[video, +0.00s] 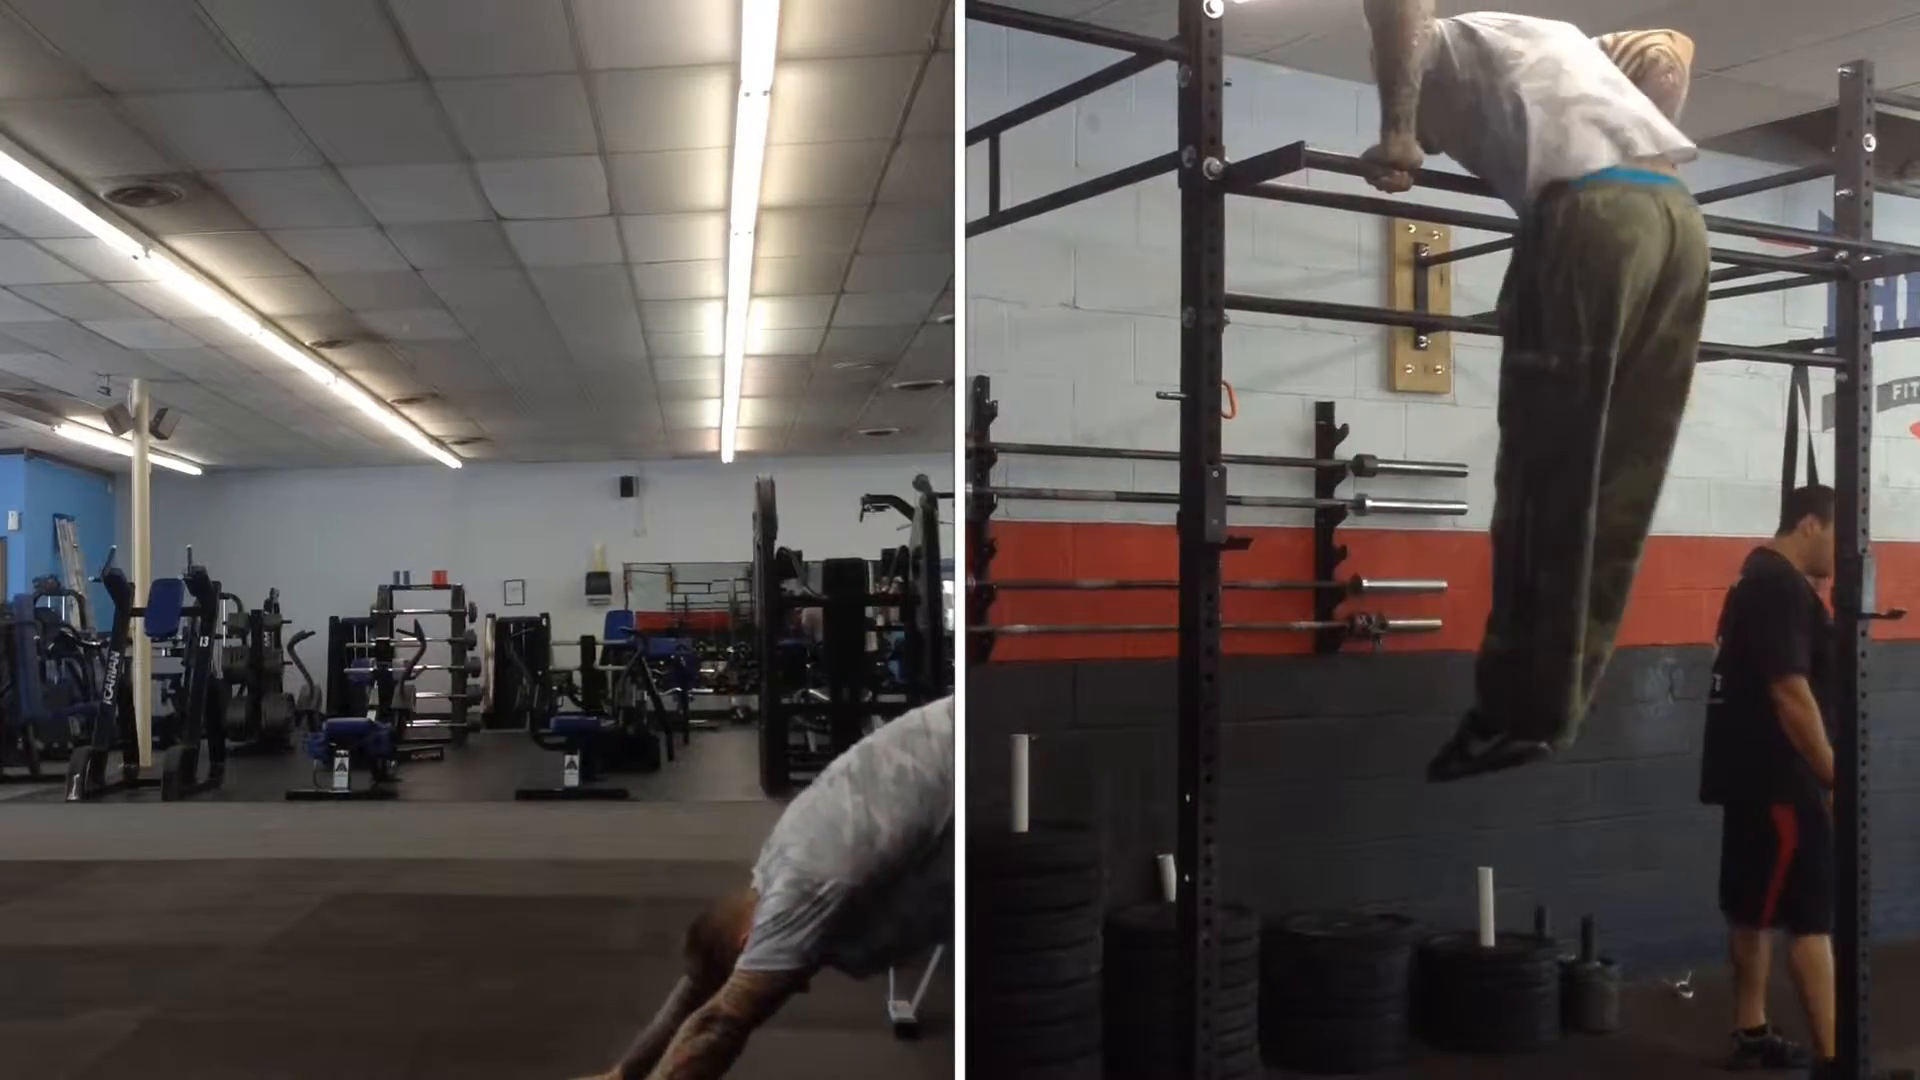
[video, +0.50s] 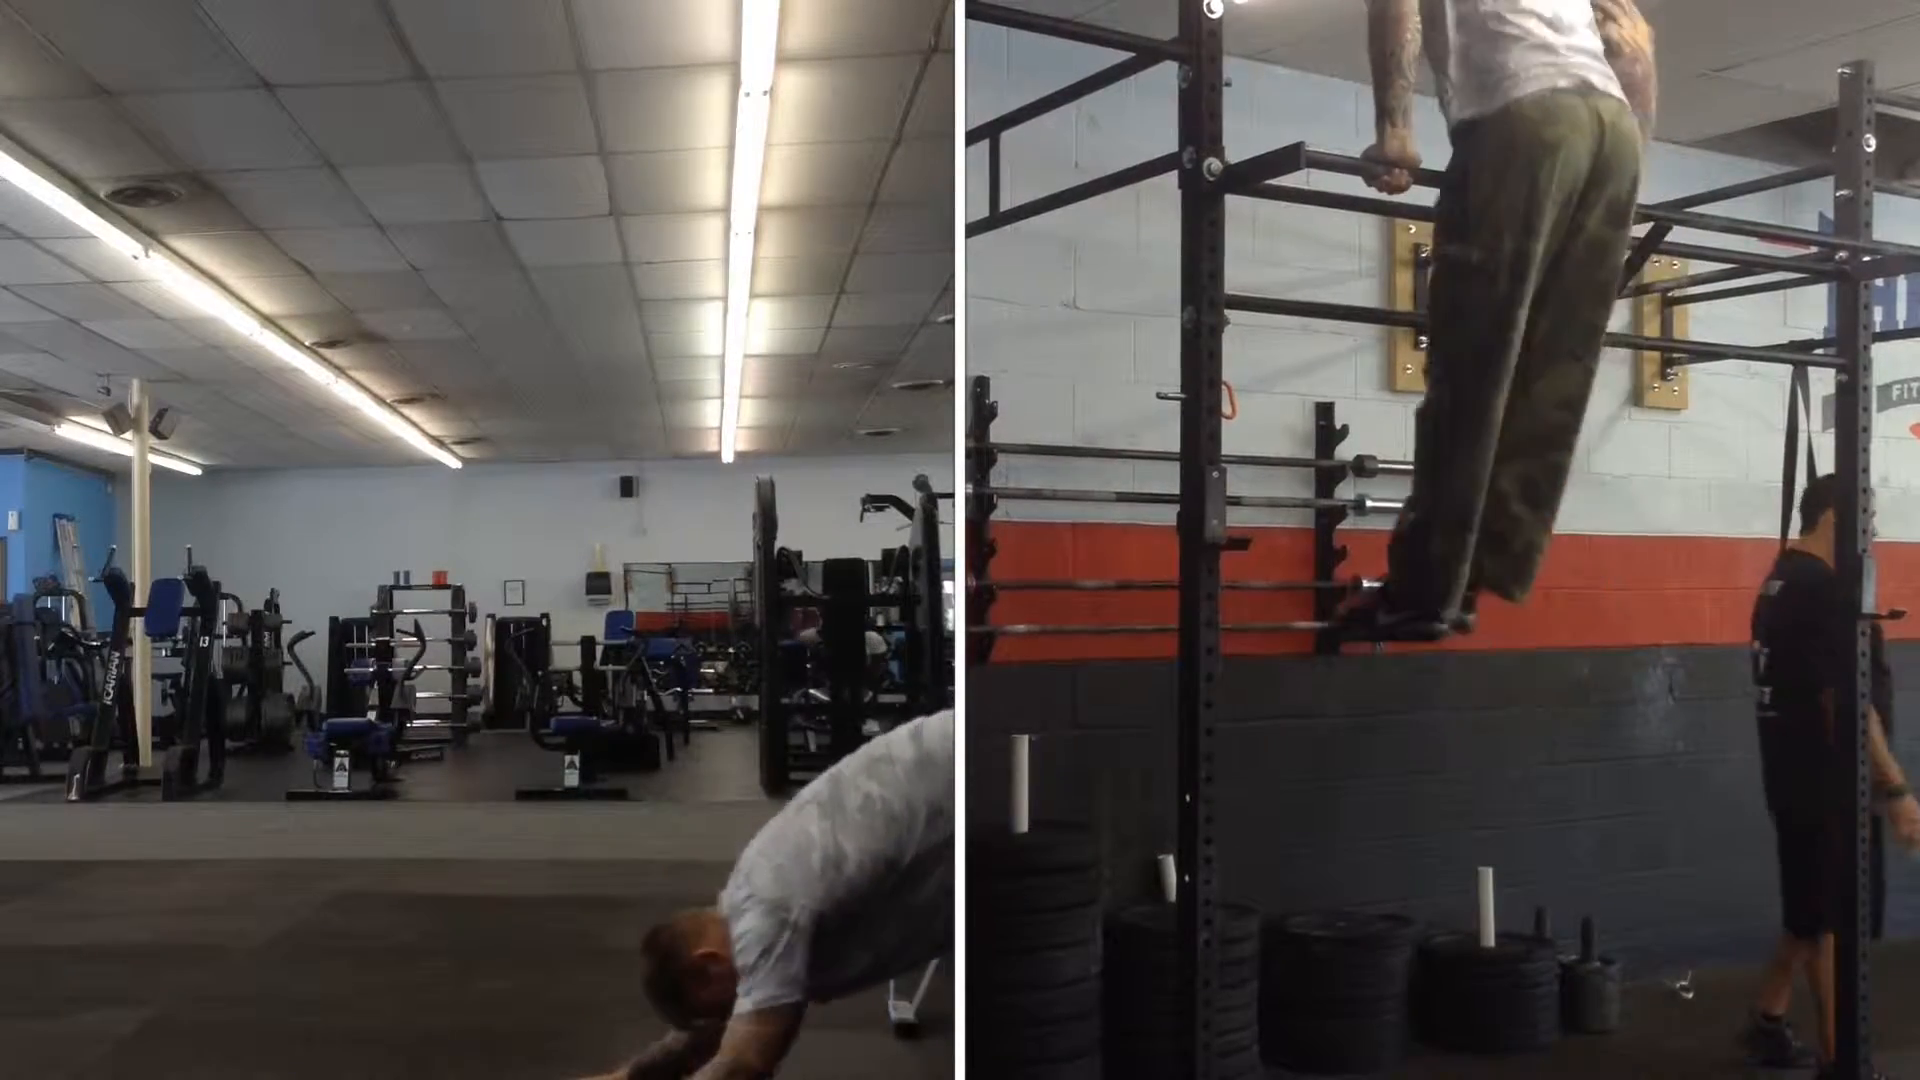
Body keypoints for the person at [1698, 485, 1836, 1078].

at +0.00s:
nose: (1841, 553)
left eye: (1843, 540)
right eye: (1839, 538)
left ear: (1802, 526)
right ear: (1810, 526)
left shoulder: (1760, 581)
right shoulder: (1781, 585)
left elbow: (1772, 690)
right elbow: (1786, 693)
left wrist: (1820, 769)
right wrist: (1835, 773)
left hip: (1750, 774)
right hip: (1784, 777)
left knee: (1749, 910)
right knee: (1811, 920)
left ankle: (1752, 1032)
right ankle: (1832, 1051)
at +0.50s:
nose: (1866, 535)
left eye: (1866, 522)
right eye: (1862, 522)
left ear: (1814, 514)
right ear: (1835, 517)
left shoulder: (1784, 577)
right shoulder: (1825, 586)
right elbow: (1849, 700)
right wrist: (1895, 787)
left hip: (1791, 771)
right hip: (1827, 778)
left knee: (1807, 910)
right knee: (1834, 919)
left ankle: (1769, 1017)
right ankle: (1840, 1054)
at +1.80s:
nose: (1917, 526)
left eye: (1916, 513)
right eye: (1910, 513)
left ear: (1873, 519)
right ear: (1875, 516)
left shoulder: (1834, 584)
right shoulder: (1873, 589)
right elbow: (1889, 694)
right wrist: (1919, 751)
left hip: (1847, 779)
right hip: (1885, 783)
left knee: (1867, 914)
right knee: (1907, 913)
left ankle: (1867, 1032)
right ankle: (1878, 1037)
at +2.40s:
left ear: (1889, 515)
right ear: (1908, 515)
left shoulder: (1860, 574)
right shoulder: (1894, 577)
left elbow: (1835, 641)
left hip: (1877, 768)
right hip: (1897, 769)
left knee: (1883, 906)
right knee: (1885, 908)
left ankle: (1869, 1032)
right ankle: (1868, 1034)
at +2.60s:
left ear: (1897, 514)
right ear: (1919, 515)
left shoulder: (1868, 572)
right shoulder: (1893, 572)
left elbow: (1842, 646)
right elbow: (1848, 648)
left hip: (1875, 755)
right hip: (1903, 761)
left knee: (1890, 896)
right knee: (1897, 900)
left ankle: (1876, 1027)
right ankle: (1875, 1027)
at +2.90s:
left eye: (1919, 503)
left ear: (1912, 513)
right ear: (1916, 515)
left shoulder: (1886, 578)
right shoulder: (1888, 579)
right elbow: (1857, 679)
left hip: (1897, 785)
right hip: (1901, 786)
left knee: (1904, 927)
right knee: (1905, 927)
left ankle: (1905, 1042)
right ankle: (1905, 1043)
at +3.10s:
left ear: (1912, 514)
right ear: (1914, 515)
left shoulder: (1883, 576)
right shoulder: (1890, 575)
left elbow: (1838, 636)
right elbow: (1840, 637)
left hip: (1884, 766)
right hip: (1901, 766)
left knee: (1888, 911)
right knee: (1901, 914)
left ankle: (1873, 1027)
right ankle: (1877, 1026)